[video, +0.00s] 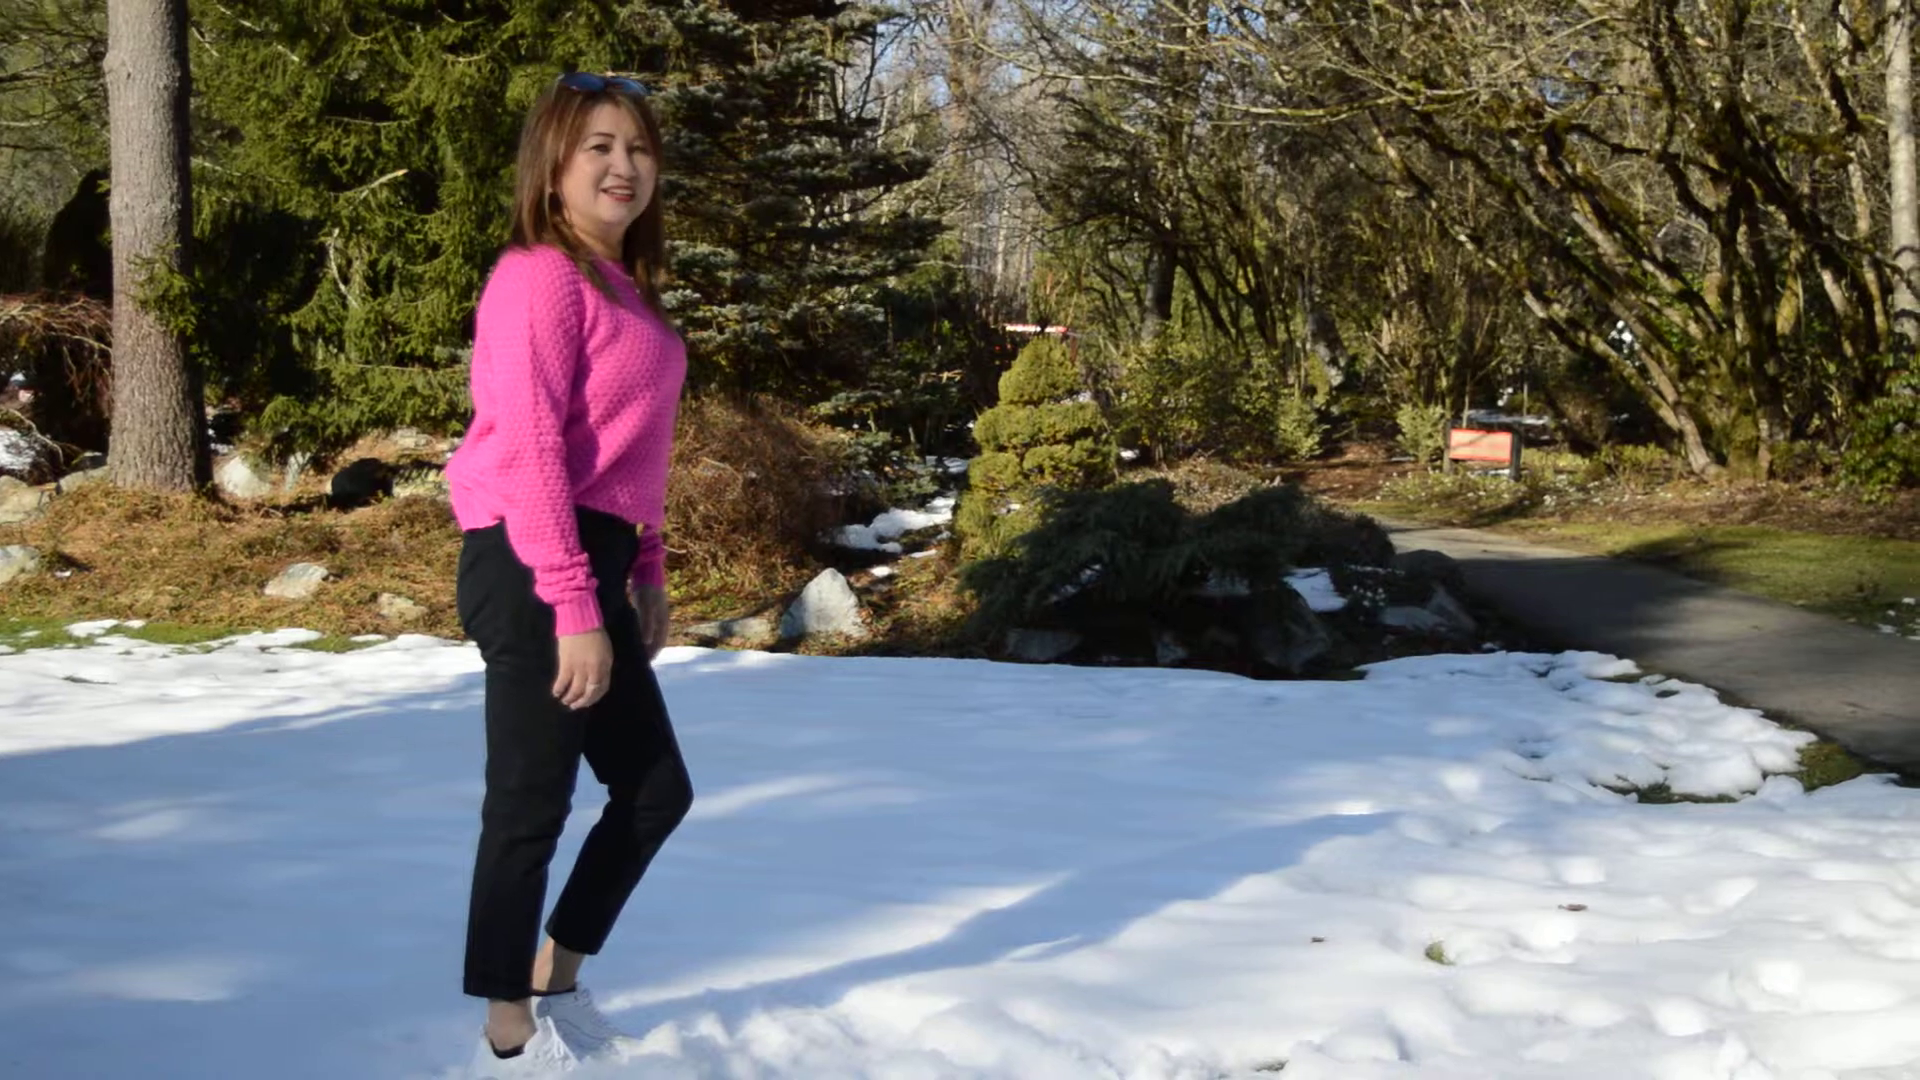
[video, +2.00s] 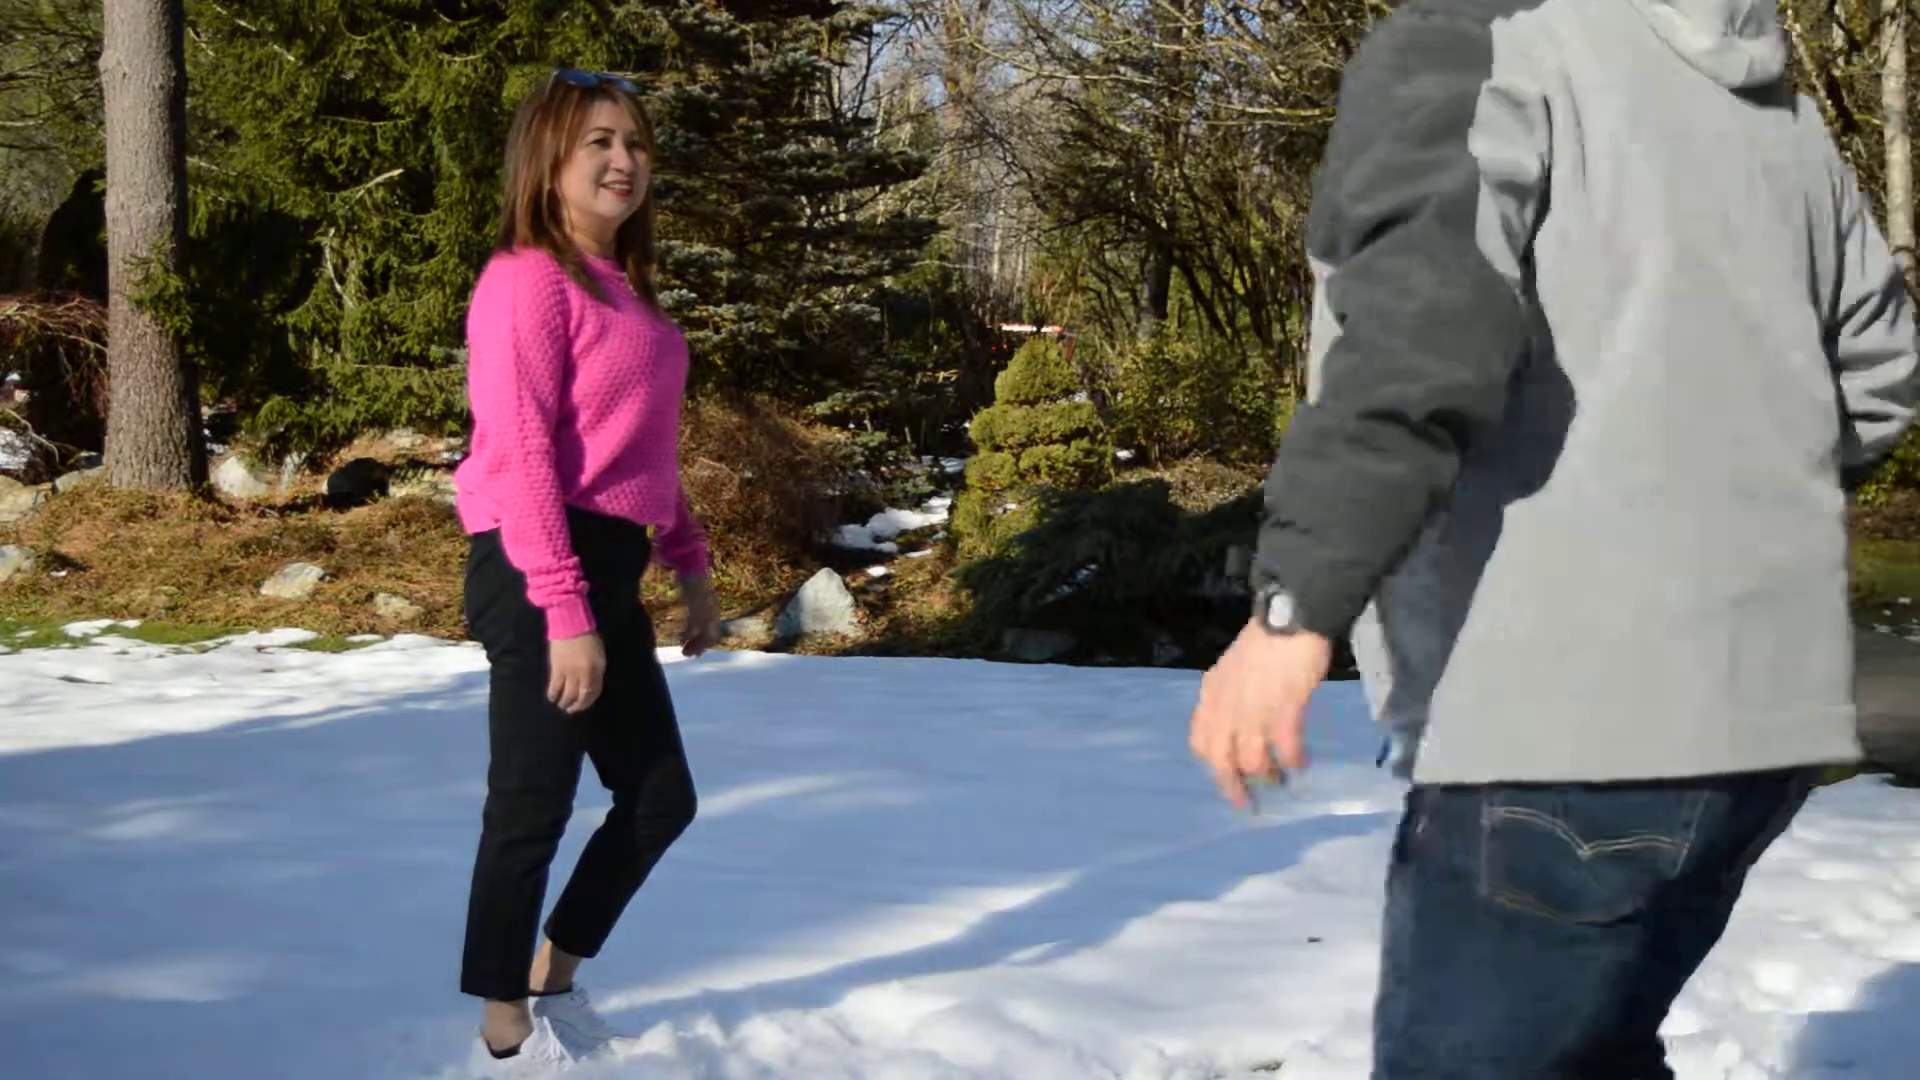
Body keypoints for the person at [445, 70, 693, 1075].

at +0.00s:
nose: (623, 166)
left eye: (638, 149)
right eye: (600, 146)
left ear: (654, 173)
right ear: (553, 166)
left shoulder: (625, 292)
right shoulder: (536, 278)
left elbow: (634, 451)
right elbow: (531, 453)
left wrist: (647, 571)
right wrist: (572, 610)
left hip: (596, 555)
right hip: (525, 551)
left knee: (655, 790)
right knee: (530, 794)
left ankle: (554, 978)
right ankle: (506, 1038)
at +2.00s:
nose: (625, 159)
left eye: (636, 144)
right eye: (600, 143)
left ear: (648, 167)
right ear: (548, 165)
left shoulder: (622, 288)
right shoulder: (524, 279)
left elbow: (643, 449)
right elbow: (518, 453)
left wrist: (691, 568)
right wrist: (565, 609)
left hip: (606, 559)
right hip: (532, 554)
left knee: (661, 797)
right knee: (530, 804)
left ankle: (550, 977)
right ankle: (502, 1035)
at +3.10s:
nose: (605, 155)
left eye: (613, 139)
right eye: (583, 140)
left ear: (628, 154)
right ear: (536, 160)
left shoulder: (638, 274)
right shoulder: (514, 273)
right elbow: (466, 409)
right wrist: (473, 544)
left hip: (630, 568)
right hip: (538, 565)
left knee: (678, 784)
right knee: (533, 803)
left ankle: (564, 967)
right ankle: (503, 1033)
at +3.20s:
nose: (602, 174)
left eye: (607, 157)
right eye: (584, 159)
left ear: (615, 169)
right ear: (543, 172)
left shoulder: (642, 269)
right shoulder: (514, 270)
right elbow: (453, 369)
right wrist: (420, 456)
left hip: (631, 549)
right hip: (528, 549)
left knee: (642, 769)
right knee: (530, 788)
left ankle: (582, 962)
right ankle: (506, 1031)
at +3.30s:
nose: (575, 179)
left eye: (581, 163)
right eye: (563, 164)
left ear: (603, 157)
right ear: (540, 174)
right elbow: (428, 398)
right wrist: (408, 344)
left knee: (681, 767)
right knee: (533, 774)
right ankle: (506, 1006)